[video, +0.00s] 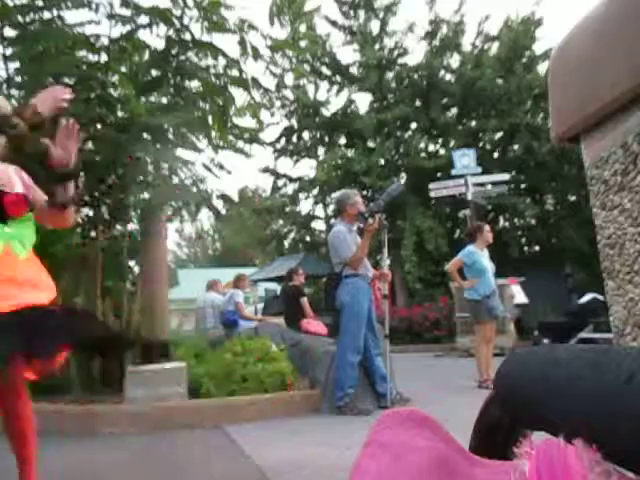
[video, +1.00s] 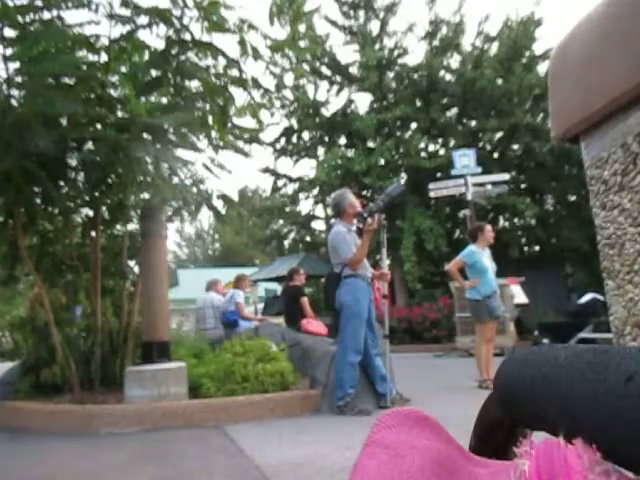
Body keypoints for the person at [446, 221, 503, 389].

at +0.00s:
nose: (491, 235)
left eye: (490, 232)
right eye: (488, 232)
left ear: (485, 235)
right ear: (478, 235)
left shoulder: (484, 252)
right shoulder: (470, 251)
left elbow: (483, 273)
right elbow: (451, 267)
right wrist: (461, 282)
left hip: (490, 294)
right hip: (477, 296)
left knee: (490, 337)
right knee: (483, 337)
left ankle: (489, 375)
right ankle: (483, 377)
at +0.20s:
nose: (491, 235)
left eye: (491, 232)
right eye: (488, 232)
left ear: (487, 235)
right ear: (479, 235)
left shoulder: (485, 252)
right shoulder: (471, 251)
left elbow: (484, 272)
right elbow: (450, 267)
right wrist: (461, 282)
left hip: (491, 294)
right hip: (477, 296)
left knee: (490, 338)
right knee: (482, 338)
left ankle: (489, 376)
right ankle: (483, 377)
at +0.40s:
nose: (492, 235)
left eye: (492, 232)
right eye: (489, 232)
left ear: (486, 235)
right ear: (480, 235)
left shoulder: (486, 252)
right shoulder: (471, 251)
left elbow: (484, 272)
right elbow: (450, 267)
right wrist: (461, 282)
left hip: (491, 294)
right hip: (478, 296)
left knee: (490, 338)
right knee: (482, 338)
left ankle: (489, 376)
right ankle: (483, 377)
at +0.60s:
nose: (493, 235)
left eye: (492, 232)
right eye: (489, 232)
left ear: (486, 235)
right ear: (480, 235)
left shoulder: (486, 251)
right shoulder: (471, 251)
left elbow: (484, 272)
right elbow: (451, 267)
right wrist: (462, 282)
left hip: (491, 294)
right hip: (478, 296)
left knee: (491, 338)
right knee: (483, 338)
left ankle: (489, 376)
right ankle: (483, 377)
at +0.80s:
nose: (493, 235)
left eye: (492, 232)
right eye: (489, 232)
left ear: (486, 235)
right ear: (480, 235)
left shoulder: (486, 251)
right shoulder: (472, 251)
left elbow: (484, 272)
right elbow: (451, 267)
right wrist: (462, 282)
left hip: (491, 294)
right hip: (478, 296)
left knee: (491, 338)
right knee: (483, 338)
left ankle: (489, 376)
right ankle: (483, 377)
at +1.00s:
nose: (493, 235)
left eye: (492, 232)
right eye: (489, 232)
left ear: (487, 235)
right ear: (480, 235)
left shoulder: (487, 251)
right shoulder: (472, 251)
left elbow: (485, 272)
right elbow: (451, 267)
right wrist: (462, 282)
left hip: (491, 294)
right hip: (478, 296)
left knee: (491, 338)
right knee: (483, 338)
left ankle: (489, 376)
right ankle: (483, 377)